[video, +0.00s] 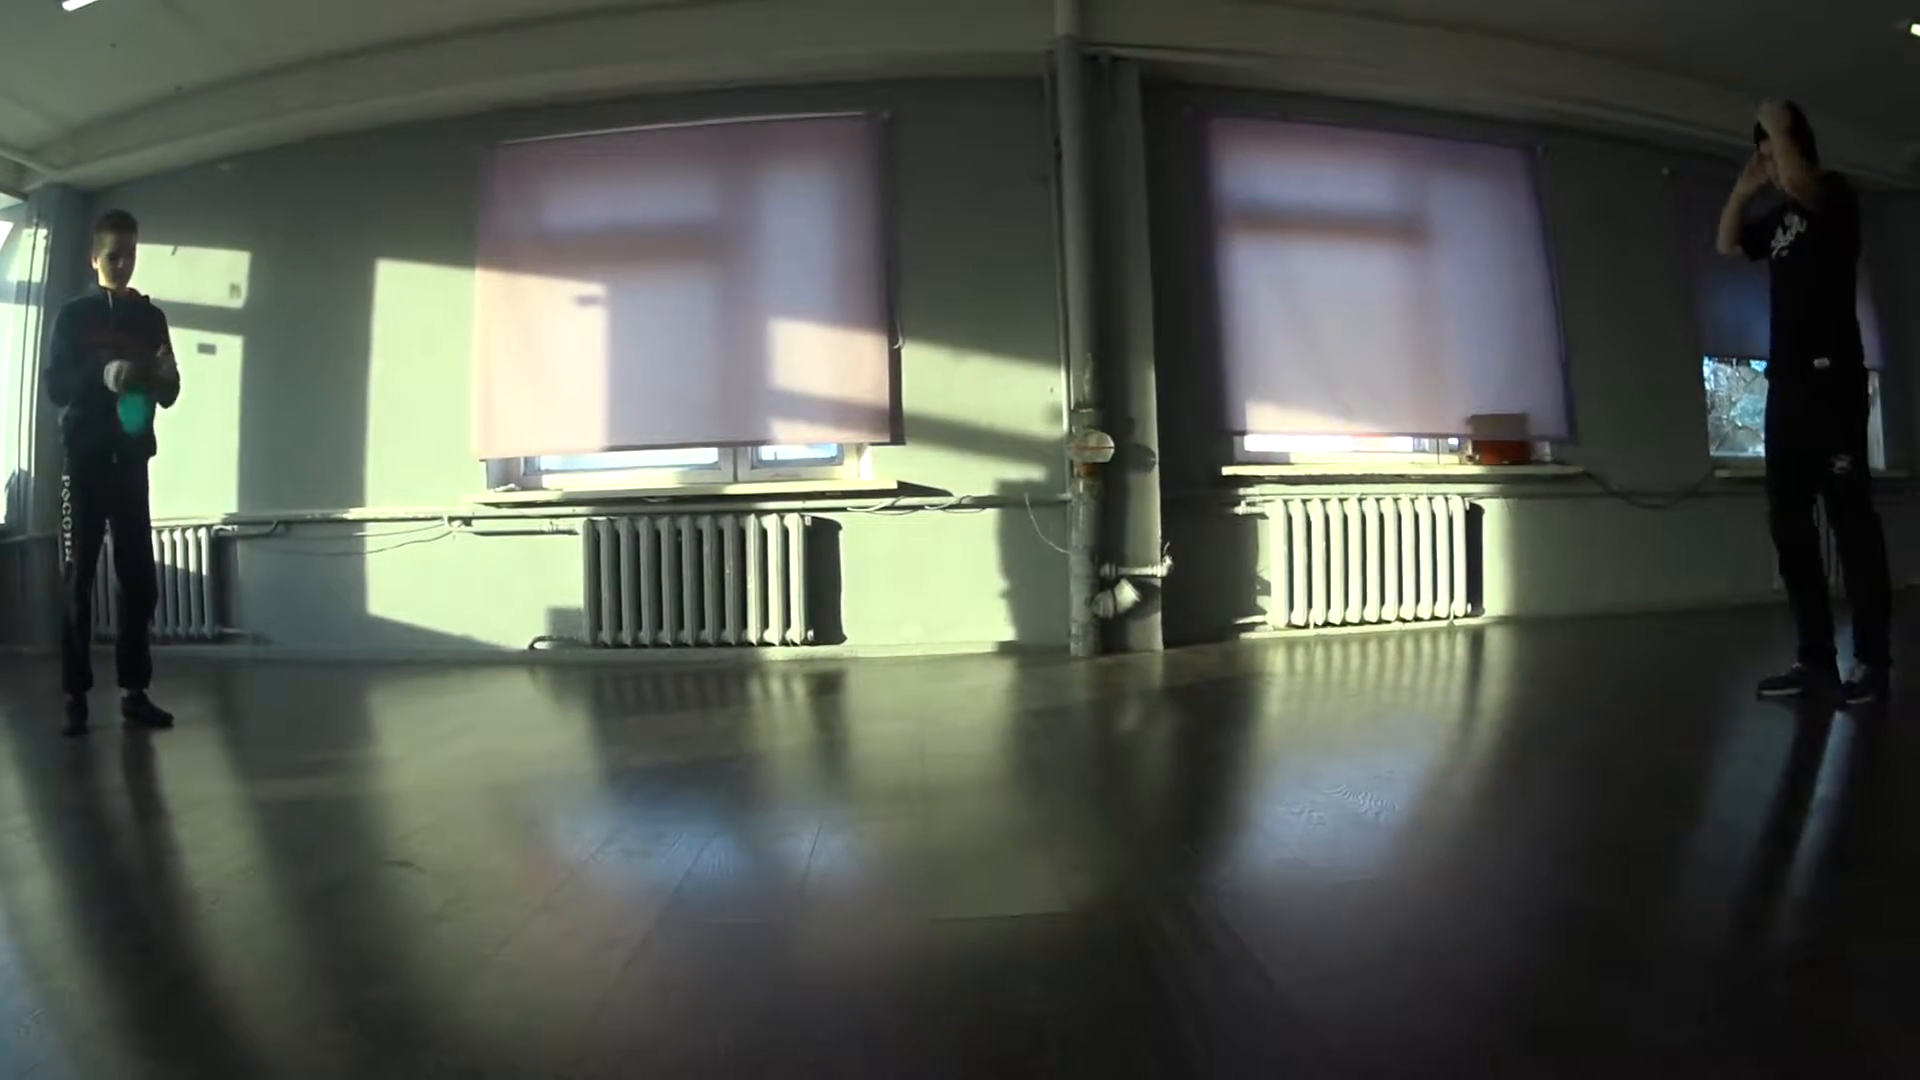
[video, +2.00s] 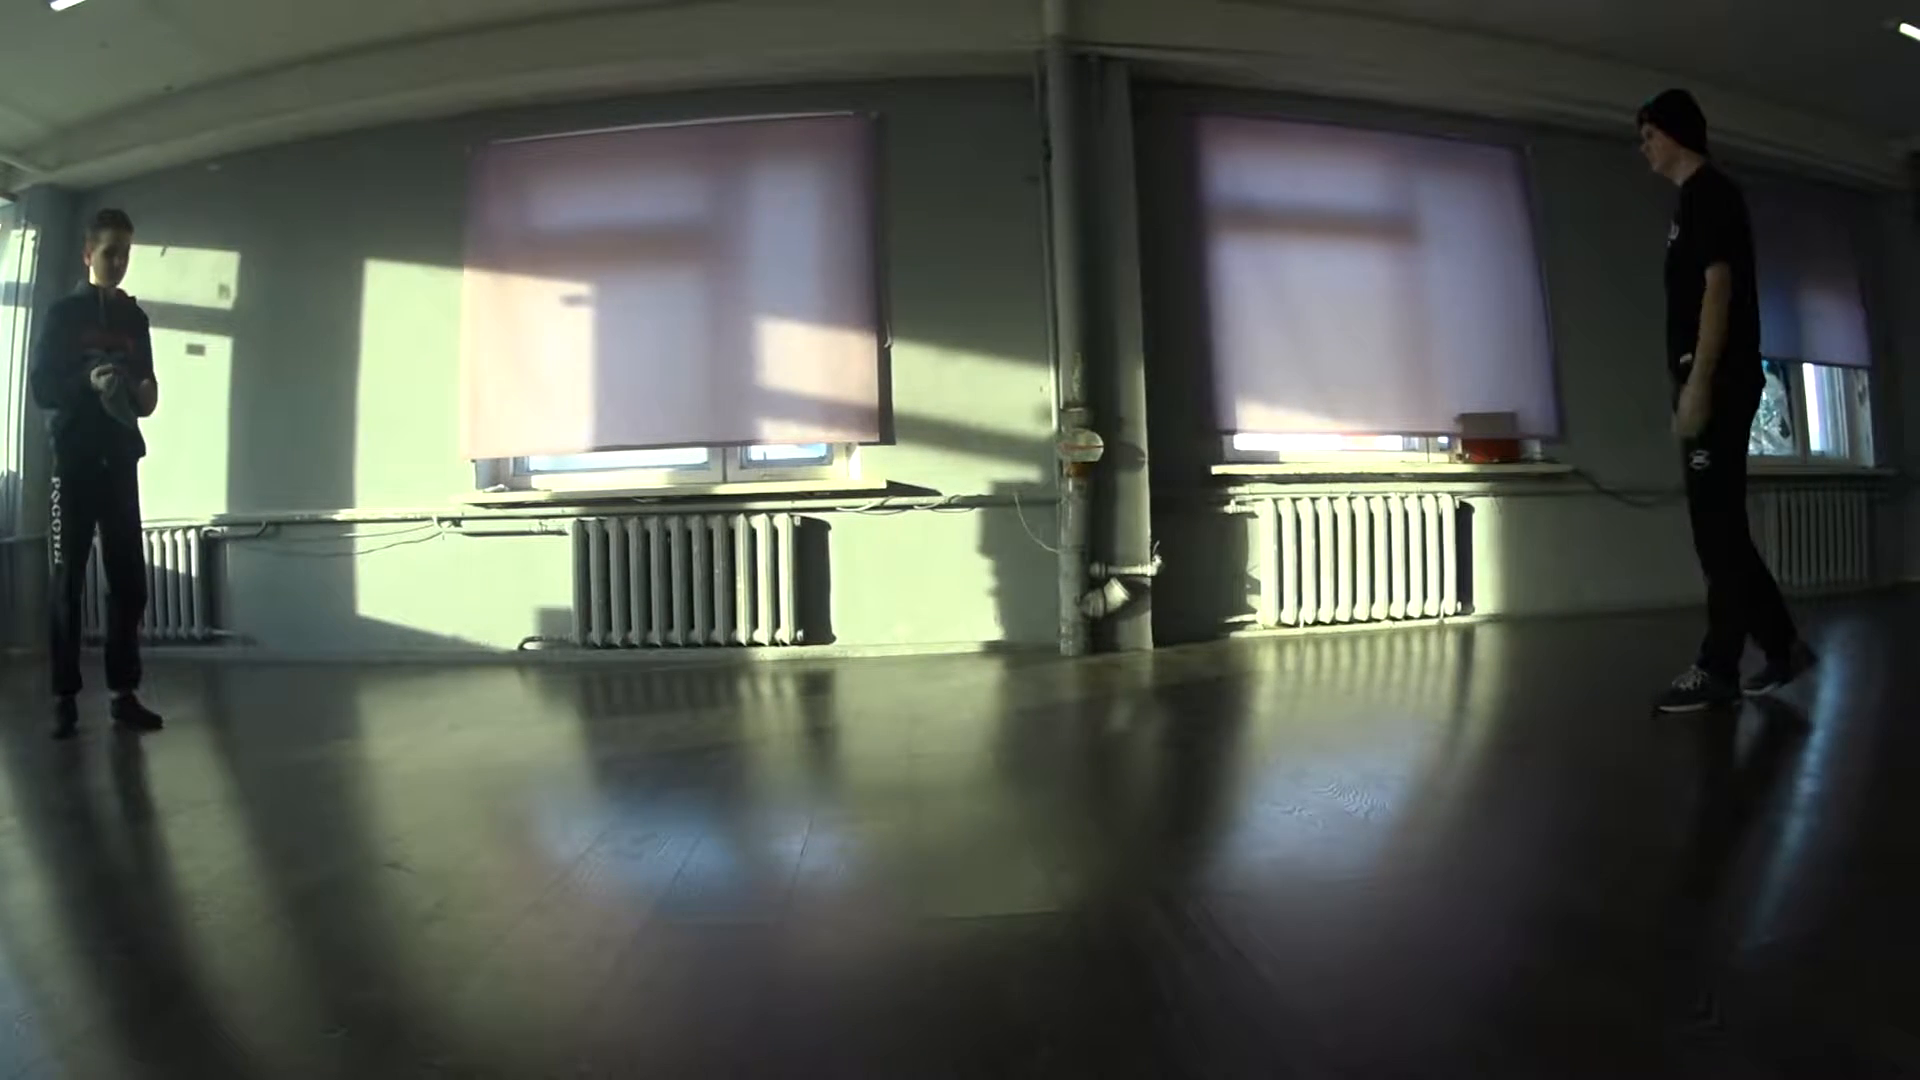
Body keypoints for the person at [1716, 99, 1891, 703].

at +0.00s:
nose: (1772, 160)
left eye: (1780, 149)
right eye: (1766, 150)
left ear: (1803, 151)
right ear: (1764, 159)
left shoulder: (1836, 200)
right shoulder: (1777, 218)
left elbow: (1799, 185)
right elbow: (1729, 244)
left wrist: (1778, 127)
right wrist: (1743, 187)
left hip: (1837, 381)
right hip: (1789, 383)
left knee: (1853, 521)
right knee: (1790, 525)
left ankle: (1873, 663)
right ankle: (1815, 664)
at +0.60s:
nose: (1724, 179)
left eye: (1732, 168)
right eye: (1716, 172)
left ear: (1756, 164)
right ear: (1711, 176)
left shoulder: (1792, 204)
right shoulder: (1733, 227)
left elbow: (1784, 234)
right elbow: (1702, 290)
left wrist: (1716, 187)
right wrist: (1694, 237)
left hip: (1798, 378)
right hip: (1757, 381)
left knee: (1783, 518)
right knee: (1777, 519)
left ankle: (1811, 665)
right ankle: (1799, 661)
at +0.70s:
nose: (1717, 181)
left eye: (1724, 167)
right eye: (1708, 173)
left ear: (1748, 161)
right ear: (1704, 178)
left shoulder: (1782, 203)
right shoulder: (1733, 232)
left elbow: (1804, 251)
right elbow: (1723, 308)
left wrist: (1721, 262)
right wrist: (1694, 284)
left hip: (1794, 378)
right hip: (1755, 382)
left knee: (1777, 517)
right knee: (1782, 518)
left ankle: (1767, 661)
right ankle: (1813, 661)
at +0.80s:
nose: (1706, 184)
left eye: (1712, 170)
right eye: (1697, 176)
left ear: (1736, 162)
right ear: (1696, 178)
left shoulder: (1773, 208)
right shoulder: (1728, 232)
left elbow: (1808, 274)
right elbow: (1737, 321)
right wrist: (1689, 357)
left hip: (1787, 386)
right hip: (1752, 389)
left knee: (1771, 524)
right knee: (1782, 524)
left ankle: (1734, 662)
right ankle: (1815, 663)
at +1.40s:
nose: (1658, 170)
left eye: (1663, 156)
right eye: (1651, 161)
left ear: (1690, 148)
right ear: (1652, 163)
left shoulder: (1726, 199)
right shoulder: (1694, 209)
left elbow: (1728, 286)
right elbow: (1693, 306)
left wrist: (1702, 371)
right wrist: (1674, 382)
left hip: (1727, 384)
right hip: (1701, 385)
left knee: (1722, 526)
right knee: (1704, 524)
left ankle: (1721, 669)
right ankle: (1784, 632)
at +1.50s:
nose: (1653, 165)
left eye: (1658, 152)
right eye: (1648, 156)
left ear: (1685, 145)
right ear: (1661, 153)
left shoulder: (1720, 196)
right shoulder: (1693, 206)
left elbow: (1706, 276)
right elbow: (1692, 307)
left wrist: (1643, 338)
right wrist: (1658, 380)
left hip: (1723, 377)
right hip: (1692, 378)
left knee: (1717, 520)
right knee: (1680, 521)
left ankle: (1720, 669)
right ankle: (1763, 624)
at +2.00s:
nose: (1645, 149)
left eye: (1650, 137)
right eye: (1643, 139)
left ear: (1676, 136)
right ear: (1680, 137)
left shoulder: (1709, 196)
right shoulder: (1699, 196)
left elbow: (1719, 295)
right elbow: (1712, 296)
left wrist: (1699, 386)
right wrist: (1694, 379)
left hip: (1722, 381)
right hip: (1716, 380)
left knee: (1716, 528)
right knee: (1722, 525)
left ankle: (1717, 670)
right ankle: (1783, 649)